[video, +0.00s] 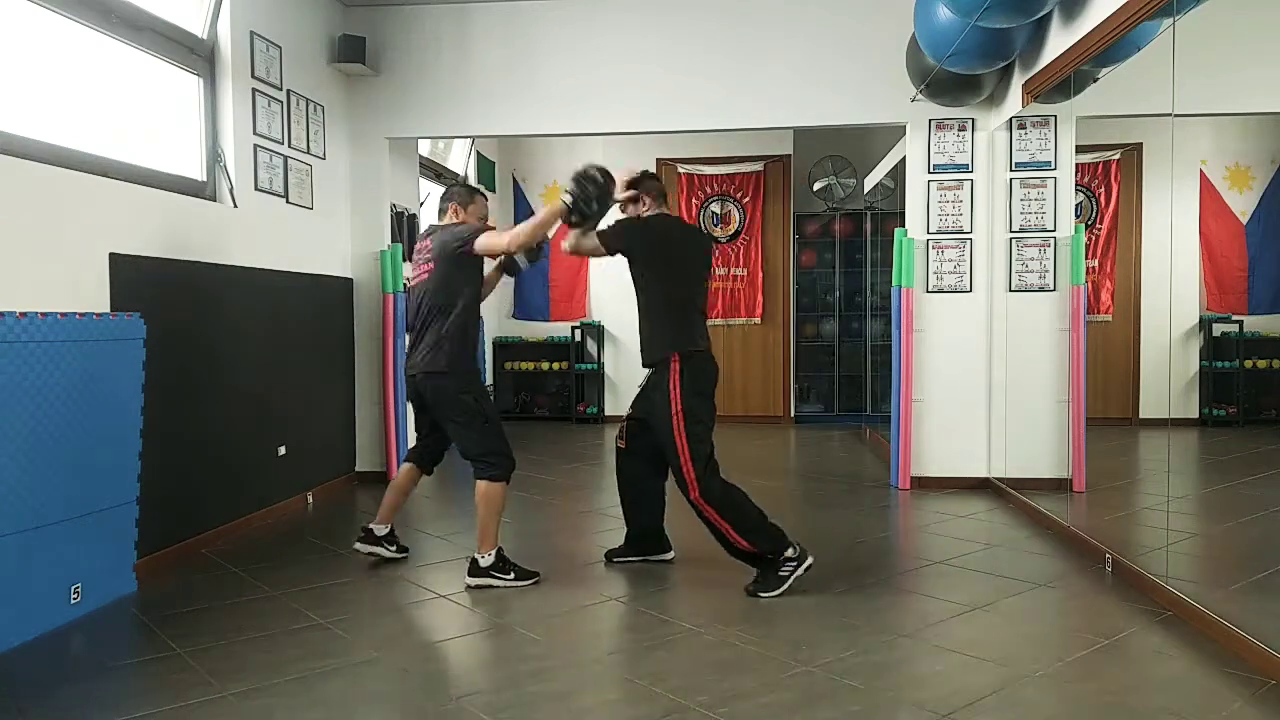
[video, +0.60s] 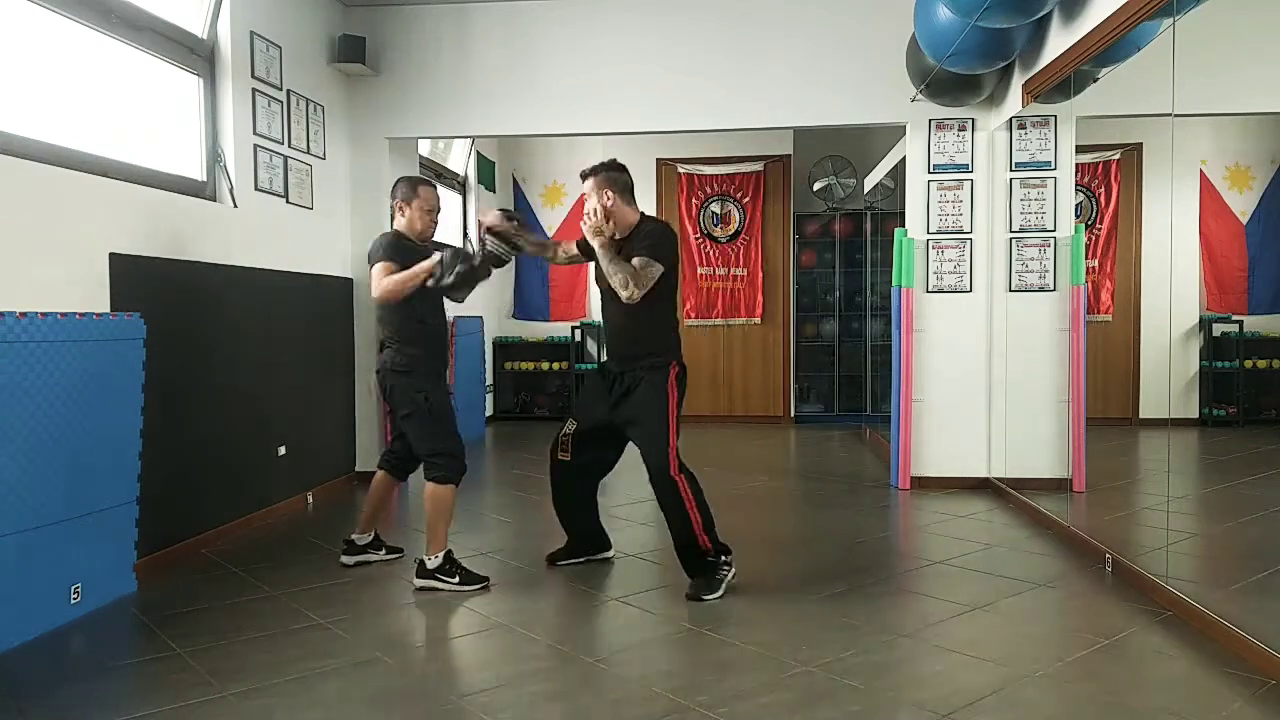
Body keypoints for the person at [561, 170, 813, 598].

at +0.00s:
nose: (625, 213)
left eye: (626, 205)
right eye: (624, 206)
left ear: (643, 201)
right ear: (663, 199)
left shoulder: (639, 231)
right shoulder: (698, 238)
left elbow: (574, 244)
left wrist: (593, 200)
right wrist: (642, 214)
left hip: (678, 368)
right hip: (684, 365)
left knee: (697, 481)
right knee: (635, 448)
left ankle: (781, 555)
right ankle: (647, 541)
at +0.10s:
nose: (618, 210)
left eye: (621, 203)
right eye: (621, 203)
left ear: (633, 200)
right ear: (649, 203)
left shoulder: (641, 223)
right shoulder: (679, 243)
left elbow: (576, 215)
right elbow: (667, 304)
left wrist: (616, 187)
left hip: (685, 369)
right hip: (662, 369)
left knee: (684, 474)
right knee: (630, 448)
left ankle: (750, 562)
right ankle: (647, 541)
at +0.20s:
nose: (625, 193)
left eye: (631, 186)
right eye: (619, 189)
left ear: (644, 193)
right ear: (620, 201)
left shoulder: (655, 223)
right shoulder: (646, 248)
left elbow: (587, 250)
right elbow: (650, 324)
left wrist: (605, 203)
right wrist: (607, 309)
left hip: (688, 364)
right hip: (653, 367)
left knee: (676, 464)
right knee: (620, 451)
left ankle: (719, 565)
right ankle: (647, 541)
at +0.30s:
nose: (610, 200)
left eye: (614, 191)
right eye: (608, 195)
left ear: (633, 191)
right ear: (619, 200)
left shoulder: (675, 226)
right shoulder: (622, 249)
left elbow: (628, 257)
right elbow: (566, 283)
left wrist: (616, 211)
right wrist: (547, 238)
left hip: (691, 371)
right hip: (650, 373)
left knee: (680, 472)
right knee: (607, 456)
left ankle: (720, 568)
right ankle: (642, 532)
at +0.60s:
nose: (585, 208)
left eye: (588, 199)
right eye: (584, 201)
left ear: (611, 197)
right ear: (610, 198)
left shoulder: (657, 234)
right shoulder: (605, 239)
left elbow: (631, 288)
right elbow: (556, 251)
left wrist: (600, 243)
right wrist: (509, 231)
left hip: (657, 375)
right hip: (615, 376)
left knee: (664, 466)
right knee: (568, 456)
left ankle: (711, 563)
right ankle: (587, 541)